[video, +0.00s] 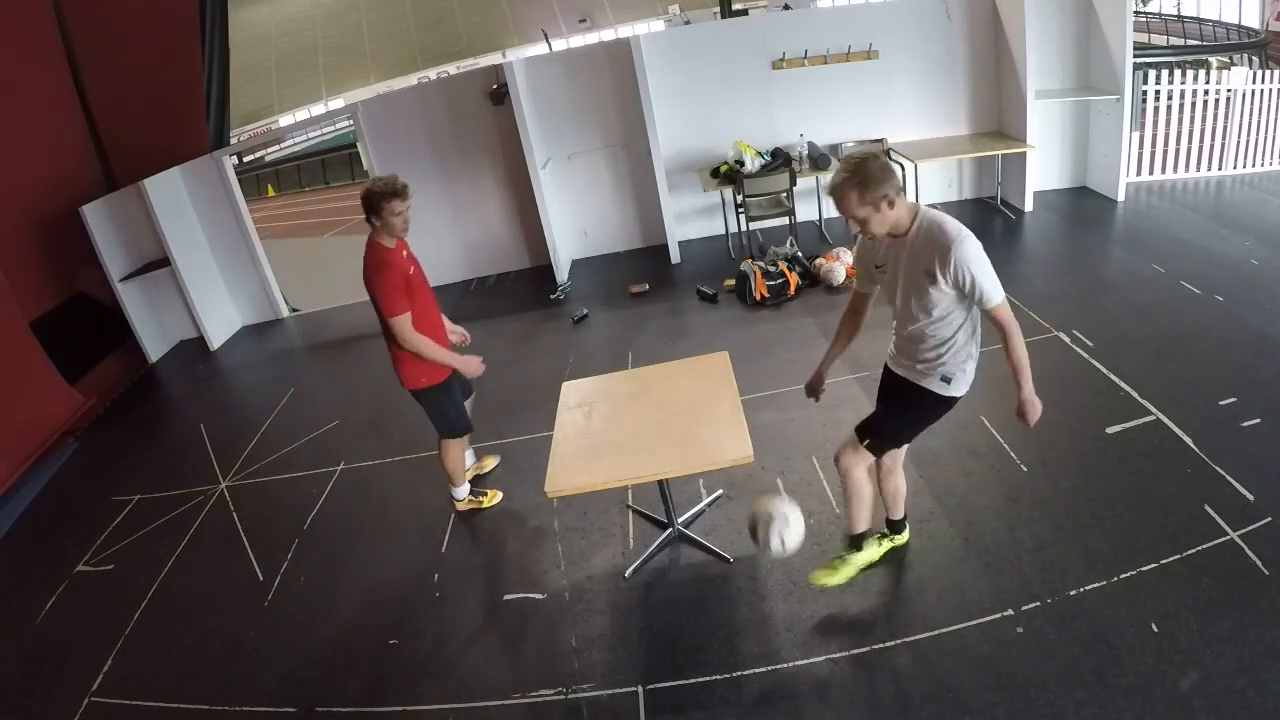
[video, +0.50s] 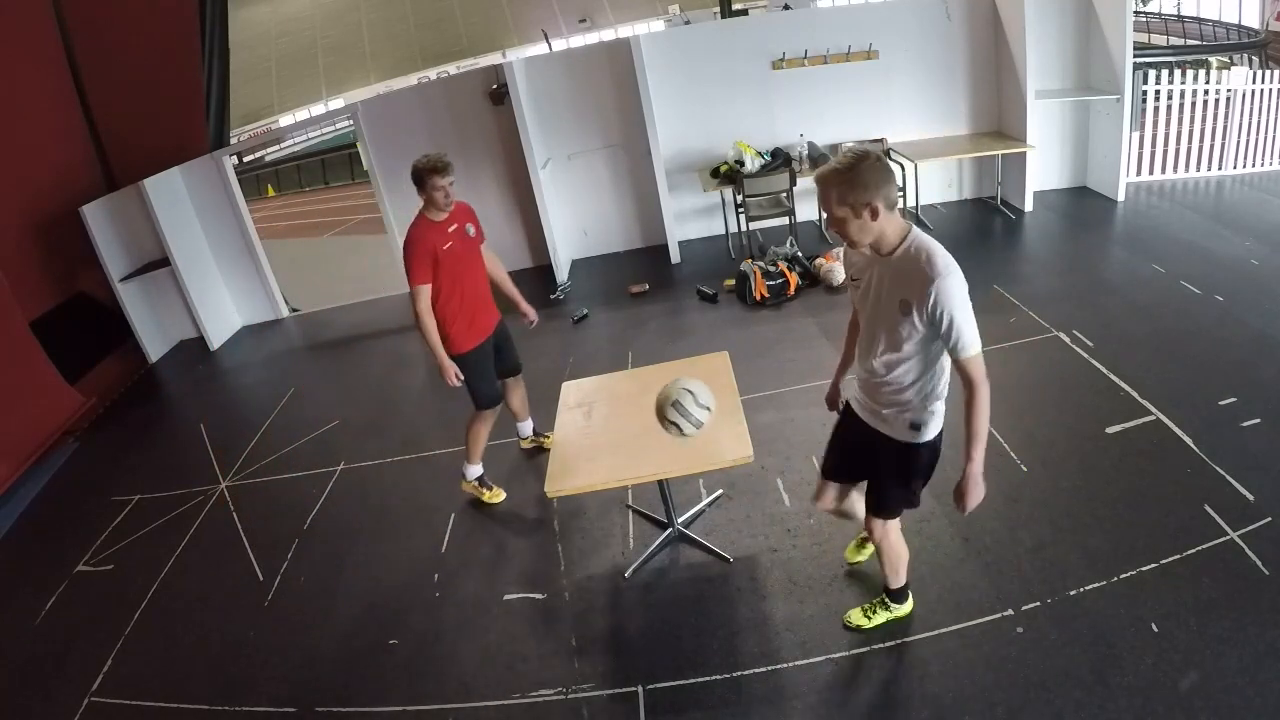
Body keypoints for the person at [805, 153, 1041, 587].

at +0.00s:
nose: (855, 230)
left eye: (860, 219)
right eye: (849, 221)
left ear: (889, 202)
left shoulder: (953, 244)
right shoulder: (873, 242)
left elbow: (1007, 323)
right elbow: (857, 308)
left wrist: (1027, 392)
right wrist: (823, 367)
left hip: (941, 378)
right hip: (900, 362)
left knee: (850, 457)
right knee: (889, 460)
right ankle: (896, 530)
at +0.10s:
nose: (841, 236)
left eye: (844, 226)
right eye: (836, 228)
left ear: (873, 208)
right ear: (869, 206)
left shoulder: (946, 247)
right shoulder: (864, 242)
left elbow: (998, 315)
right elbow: (856, 309)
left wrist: (1021, 379)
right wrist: (825, 372)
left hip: (945, 378)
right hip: (902, 363)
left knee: (861, 467)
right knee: (894, 455)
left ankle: (806, 557)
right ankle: (897, 530)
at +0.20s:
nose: (832, 236)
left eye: (835, 226)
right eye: (826, 228)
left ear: (865, 208)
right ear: (861, 206)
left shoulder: (939, 249)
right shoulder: (857, 245)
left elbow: (990, 317)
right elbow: (854, 310)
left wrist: (1006, 383)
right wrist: (831, 376)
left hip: (939, 387)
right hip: (895, 369)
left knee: (870, 478)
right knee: (893, 459)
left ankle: (816, 574)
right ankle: (898, 530)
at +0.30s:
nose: (829, 230)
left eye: (834, 218)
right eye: (824, 220)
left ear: (867, 204)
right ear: (865, 204)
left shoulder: (937, 252)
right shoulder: (854, 248)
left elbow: (986, 334)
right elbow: (853, 313)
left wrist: (996, 408)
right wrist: (835, 377)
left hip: (926, 399)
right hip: (883, 382)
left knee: (871, 498)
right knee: (886, 466)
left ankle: (873, 596)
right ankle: (895, 528)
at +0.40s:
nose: (833, 228)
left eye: (838, 216)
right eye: (828, 217)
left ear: (875, 206)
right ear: (870, 205)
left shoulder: (936, 262)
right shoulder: (855, 252)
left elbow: (983, 356)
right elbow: (855, 316)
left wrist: (989, 440)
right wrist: (836, 379)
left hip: (915, 415)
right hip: (869, 400)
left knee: (883, 513)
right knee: (869, 481)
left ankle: (899, 599)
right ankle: (888, 539)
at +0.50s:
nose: (830, 228)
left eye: (835, 218)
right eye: (827, 218)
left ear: (872, 212)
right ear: (870, 210)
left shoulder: (937, 275)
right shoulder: (860, 251)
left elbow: (976, 380)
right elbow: (860, 316)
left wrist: (974, 469)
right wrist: (837, 377)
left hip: (909, 426)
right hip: (860, 404)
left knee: (882, 523)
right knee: (829, 497)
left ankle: (899, 598)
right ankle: (880, 527)